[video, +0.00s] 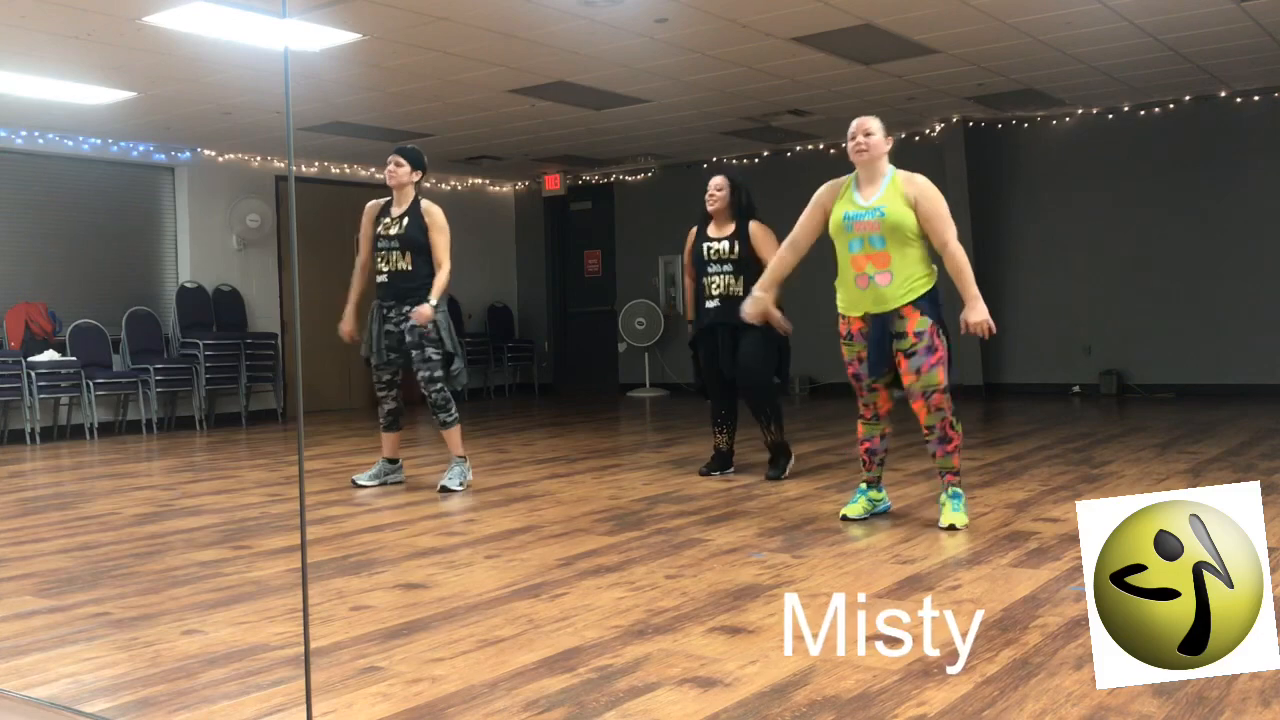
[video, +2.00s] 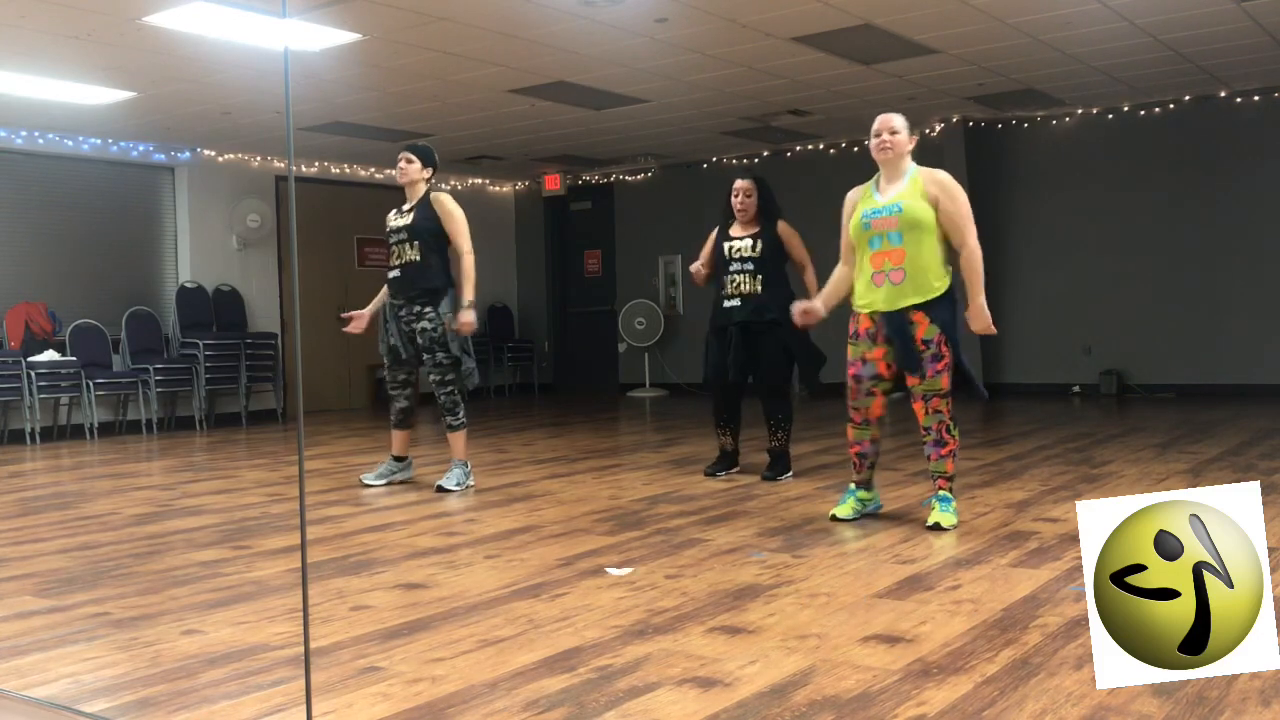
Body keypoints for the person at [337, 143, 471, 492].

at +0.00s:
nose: (389, 169)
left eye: (397, 165)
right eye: (388, 164)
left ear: (415, 174)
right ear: (386, 172)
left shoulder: (430, 212)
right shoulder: (374, 210)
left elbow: (443, 267)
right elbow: (363, 264)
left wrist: (431, 304)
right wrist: (350, 311)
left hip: (420, 311)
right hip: (384, 313)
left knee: (433, 385)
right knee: (386, 388)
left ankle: (459, 462)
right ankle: (390, 463)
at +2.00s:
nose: (400, 166)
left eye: (408, 162)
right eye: (398, 162)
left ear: (427, 170)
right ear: (397, 172)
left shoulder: (441, 201)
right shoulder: (394, 216)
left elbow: (465, 252)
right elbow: (398, 272)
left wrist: (466, 304)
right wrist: (369, 311)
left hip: (433, 310)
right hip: (397, 311)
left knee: (445, 385)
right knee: (399, 386)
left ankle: (460, 466)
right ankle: (399, 461)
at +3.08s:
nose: (389, 168)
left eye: (398, 165)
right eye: (389, 163)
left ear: (415, 176)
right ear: (385, 174)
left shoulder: (432, 210)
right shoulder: (374, 220)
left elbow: (457, 259)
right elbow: (369, 275)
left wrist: (468, 301)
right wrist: (334, 299)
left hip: (428, 311)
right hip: (389, 314)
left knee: (435, 384)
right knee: (392, 388)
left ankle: (458, 462)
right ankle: (400, 463)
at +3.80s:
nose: (386, 176)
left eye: (394, 172)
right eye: (385, 170)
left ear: (411, 182)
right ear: (382, 178)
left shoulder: (426, 219)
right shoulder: (366, 214)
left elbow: (444, 268)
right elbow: (346, 262)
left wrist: (441, 287)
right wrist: (327, 308)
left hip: (420, 312)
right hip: (382, 316)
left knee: (428, 378)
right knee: (380, 387)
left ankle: (454, 455)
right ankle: (400, 464)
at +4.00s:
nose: (392, 169)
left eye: (400, 164)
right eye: (391, 164)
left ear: (420, 171)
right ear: (391, 172)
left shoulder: (435, 209)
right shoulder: (384, 208)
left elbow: (441, 265)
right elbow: (384, 260)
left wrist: (398, 270)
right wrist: (376, 302)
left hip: (427, 310)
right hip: (390, 311)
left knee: (435, 386)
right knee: (392, 385)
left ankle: (456, 465)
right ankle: (400, 462)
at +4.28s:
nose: (394, 173)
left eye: (401, 168)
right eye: (392, 168)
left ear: (422, 174)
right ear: (393, 176)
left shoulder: (433, 205)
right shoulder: (400, 220)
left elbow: (443, 258)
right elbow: (407, 278)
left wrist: (424, 307)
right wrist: (380, 300)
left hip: (435, 308)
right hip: (402, 309)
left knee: (435, 383)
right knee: (373, 373)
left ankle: (456, 465)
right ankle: (391, 453)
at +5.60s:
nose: (407, 179)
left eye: (413, 173)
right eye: (406, 174)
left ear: (436, 174)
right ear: (412, 179)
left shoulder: (456, 211)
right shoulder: (416, 215)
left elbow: (452, 257)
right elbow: (415, 271)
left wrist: (417, 277)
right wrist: (394, 307)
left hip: (445, 314)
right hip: (412, 313)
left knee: (437, 385)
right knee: (374, 370)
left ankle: (459, 465)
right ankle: (386, 450)